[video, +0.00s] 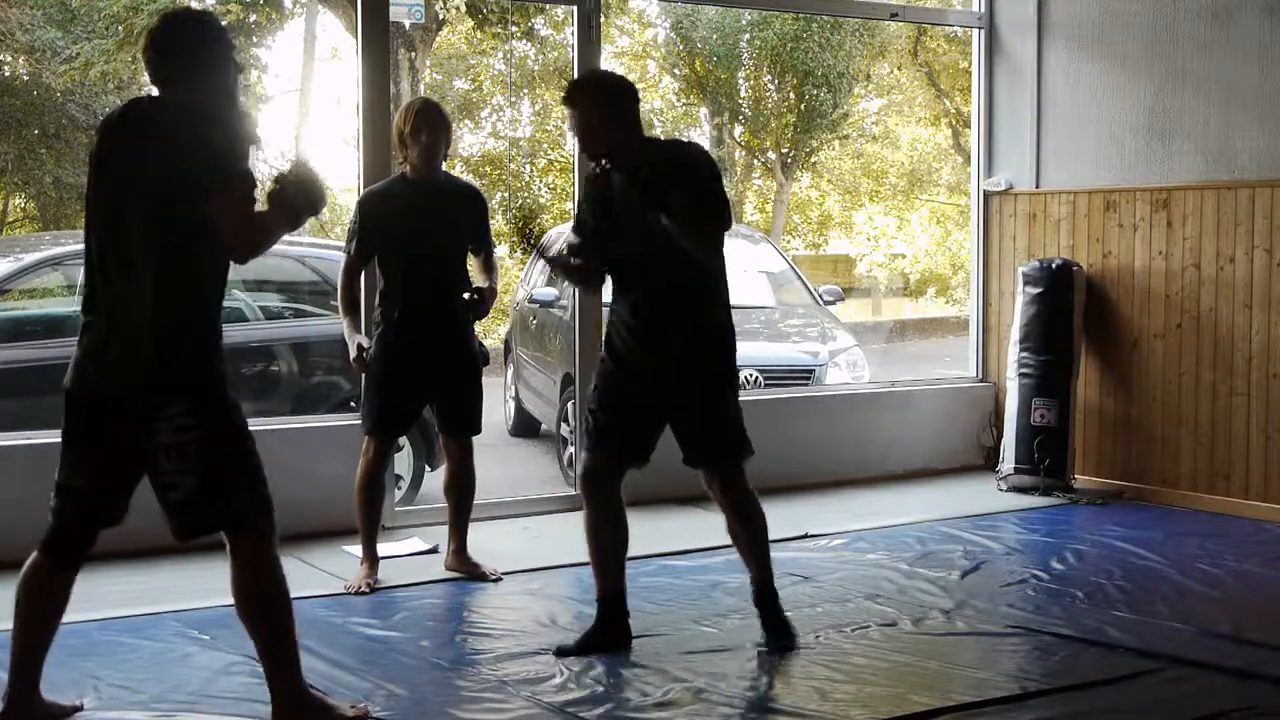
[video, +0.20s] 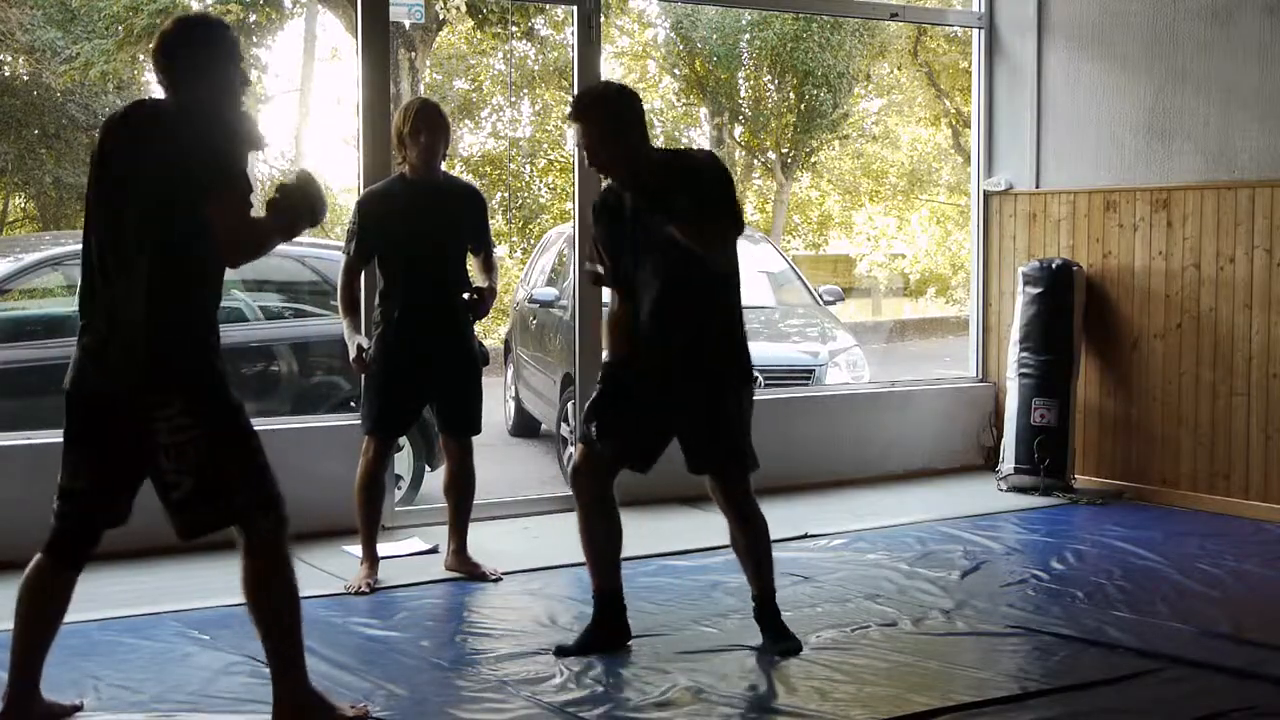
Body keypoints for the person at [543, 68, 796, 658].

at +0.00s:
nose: (575, 137)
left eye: (581, 123)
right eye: (573, 125)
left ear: (615, 115)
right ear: (598, 118)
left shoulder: (687, 161)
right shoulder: (597, 180)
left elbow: (709, 242)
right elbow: (590, 272)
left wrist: (646, 198)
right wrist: (561, 260)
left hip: (700, 344)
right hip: (632, 347)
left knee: (726, 480)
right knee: (598, 476)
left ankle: (770, 609)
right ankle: (612, 622)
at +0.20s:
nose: (586, 156)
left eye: (591, 142)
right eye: (582, 145)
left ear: (626, 130)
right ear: (601, 137)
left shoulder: (701, 171)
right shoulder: (608, 208)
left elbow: (720, 252)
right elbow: (621, 301)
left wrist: (653, 205)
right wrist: (611, 381)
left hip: (713, 363)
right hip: (644, 369)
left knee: (732, 490)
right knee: (587, 472)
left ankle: (769, 615)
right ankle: (609, 620)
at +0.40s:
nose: (596, 157)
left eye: (601, 142)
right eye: (592, 145)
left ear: (638, 131)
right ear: (617, 139)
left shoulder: (711, 171)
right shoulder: (620, 209)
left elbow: (747, 251)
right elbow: (632, 300)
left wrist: (682, 213)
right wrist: (616, 384)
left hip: (723, 364)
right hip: (655, 365)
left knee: (738, 492)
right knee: (594, 472)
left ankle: (771, 614)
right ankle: (610, 620)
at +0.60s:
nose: (604, 152)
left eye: (610, 137)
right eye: (600, 140)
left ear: (645, 130)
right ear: (625, 137)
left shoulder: (716, 171)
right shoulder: (623, 205)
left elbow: (750, 250)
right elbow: (634, 295)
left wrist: (686, 213)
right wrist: (621, 377)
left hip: (724, 363)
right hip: (656, 364)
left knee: (739, 492)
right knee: (602, 476)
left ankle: (769, 613)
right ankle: (613, 621)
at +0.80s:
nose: (610, 154)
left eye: (617, 140)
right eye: (607, 141)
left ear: (654, 131)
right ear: (631, 139)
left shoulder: (723, 172)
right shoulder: (628, 205)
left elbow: (755, 253)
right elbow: (637, 296)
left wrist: (687, 216)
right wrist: (631, 377)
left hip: (732, 362)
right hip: (663, 364)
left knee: (744, 492)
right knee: (611, 476)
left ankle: (769, 612)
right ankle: (613, 620)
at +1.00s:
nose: (621, 156)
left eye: (626, 142)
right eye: (618, 143)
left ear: (662, 133)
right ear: (650, 137)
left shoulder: (737, 170)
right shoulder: (643, 209)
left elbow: (770, 254)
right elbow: (672, 293)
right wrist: (673, 358)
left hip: (765, 352)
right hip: (700, 355)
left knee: (769, 488)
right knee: (652, 477)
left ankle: (775, 613)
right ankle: (614, 612)